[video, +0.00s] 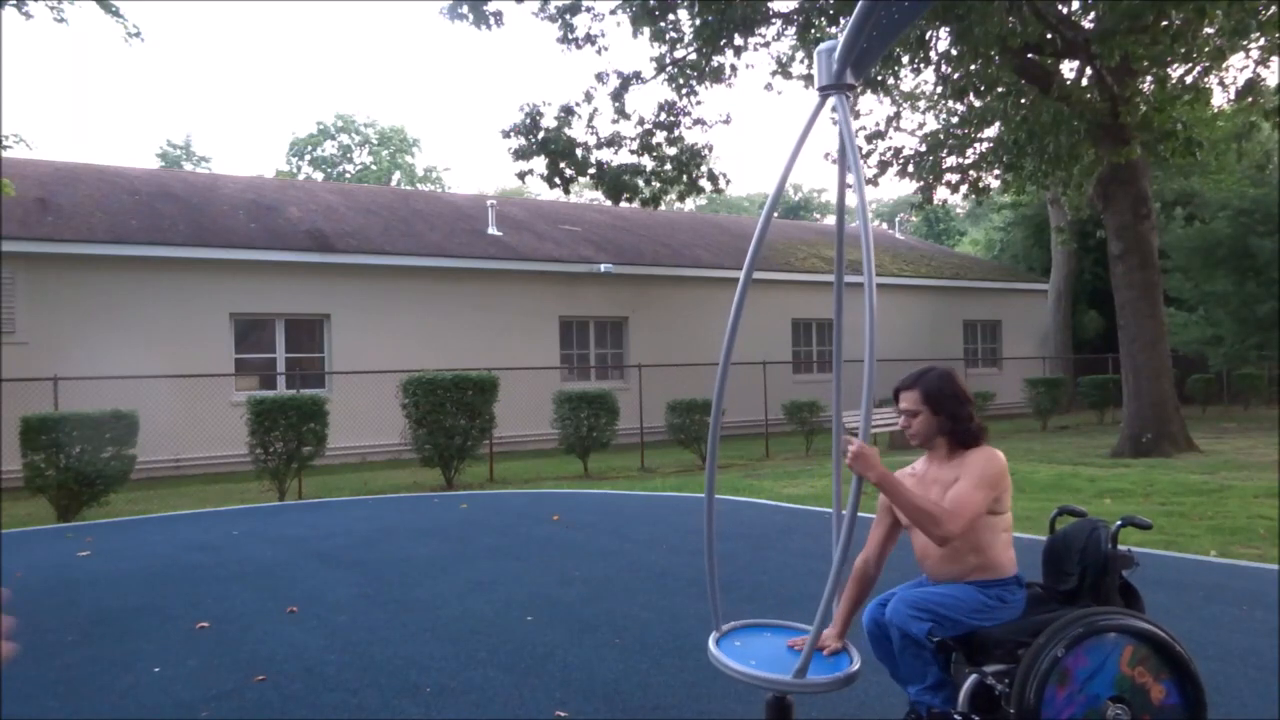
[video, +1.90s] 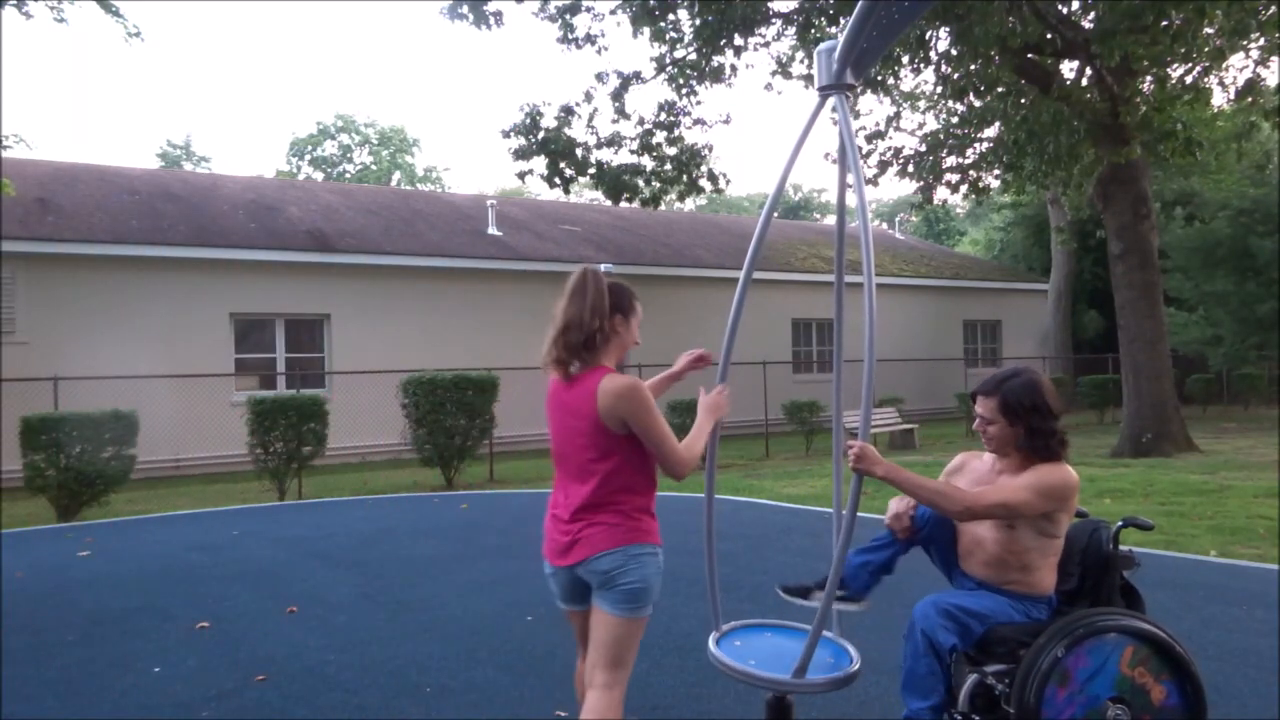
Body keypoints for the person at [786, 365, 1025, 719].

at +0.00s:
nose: (903, 424)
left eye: (912, 415)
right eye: (901, 415)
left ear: (943, 414)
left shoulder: (987, 462)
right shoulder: (901, 478)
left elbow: (946, 527)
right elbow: (869, 562)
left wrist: (880, 474)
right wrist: (837, 630)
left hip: (993, 590)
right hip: (937, 586)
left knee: (903, 613)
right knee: (877, 618)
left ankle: (940, 707)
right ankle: (926, 702)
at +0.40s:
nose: (947, 411)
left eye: (961, 404)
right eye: (946, 401)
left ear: (994, 413)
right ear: (942, 403)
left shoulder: (1018, 470)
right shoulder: (925, 471)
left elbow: (946, 523)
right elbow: (878, 551)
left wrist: (876, 473)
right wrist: (833, 610)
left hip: (997, 595)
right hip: (940, 583)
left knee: (908, 614)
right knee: (882, 617)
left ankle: (937, 706)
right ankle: (923, 701)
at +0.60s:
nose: (968, 410)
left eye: (983, 405)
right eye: (966, 400)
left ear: (1013, 417)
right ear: (961, 402)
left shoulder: (1033, 475)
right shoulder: (936, 468)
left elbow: (952, 520)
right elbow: (905, 547)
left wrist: (877, 473)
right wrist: (868, 609)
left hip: (1000, 599)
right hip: (942, 583)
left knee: (910, 617)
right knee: (888, 616)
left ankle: (936, 706)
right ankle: (923, 700)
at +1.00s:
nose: (985, 415)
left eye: (1000, 410)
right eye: (985, 405)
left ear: (1032, 423)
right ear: (981, 406)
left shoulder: (1051, 479)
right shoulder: (957, 468)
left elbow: (960, 512)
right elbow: (933, 541)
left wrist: (878, 471)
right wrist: (893, 584)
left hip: (1015, 602)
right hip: (959, 581)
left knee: (927, 606)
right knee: (898, 579)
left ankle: (923, 705)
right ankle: (907, 686)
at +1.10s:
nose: (985, 417)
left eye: (1000, 412)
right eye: (986, 407)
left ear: (1033, 424)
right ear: (983, 407)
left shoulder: (1054, 480)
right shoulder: (961, 466)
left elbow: (961, 510)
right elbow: (938, 534)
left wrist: (880, 470)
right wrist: (896, 559)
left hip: (1017, 602)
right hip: (962, 579)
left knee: (929, 610)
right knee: (902, 554)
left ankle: (911, 708)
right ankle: (896, 659)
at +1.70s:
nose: (978, 426)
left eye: (989, 420)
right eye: (978, 416)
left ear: (1023, 423)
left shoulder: (1058, 478)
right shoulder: (965, 465)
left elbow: (964, 503)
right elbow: (933, 506)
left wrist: (882, 467)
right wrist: (906, 512)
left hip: (1021, 603)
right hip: (968, 581)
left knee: (931, 614)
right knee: (929, 510)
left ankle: (929, 712)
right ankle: (896, 606)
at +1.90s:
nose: (978, 428)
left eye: (988, 421)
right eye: (977, 417)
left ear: (1023, 425)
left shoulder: (1057, 479)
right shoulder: (967, 463)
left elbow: (965, 507)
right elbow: (930, 499)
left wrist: (881, 467)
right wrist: (899, 508)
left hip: (1019, 601)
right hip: (965, 575)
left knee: (931, 614)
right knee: (924, 512)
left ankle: (923, 712)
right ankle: (849, 583)